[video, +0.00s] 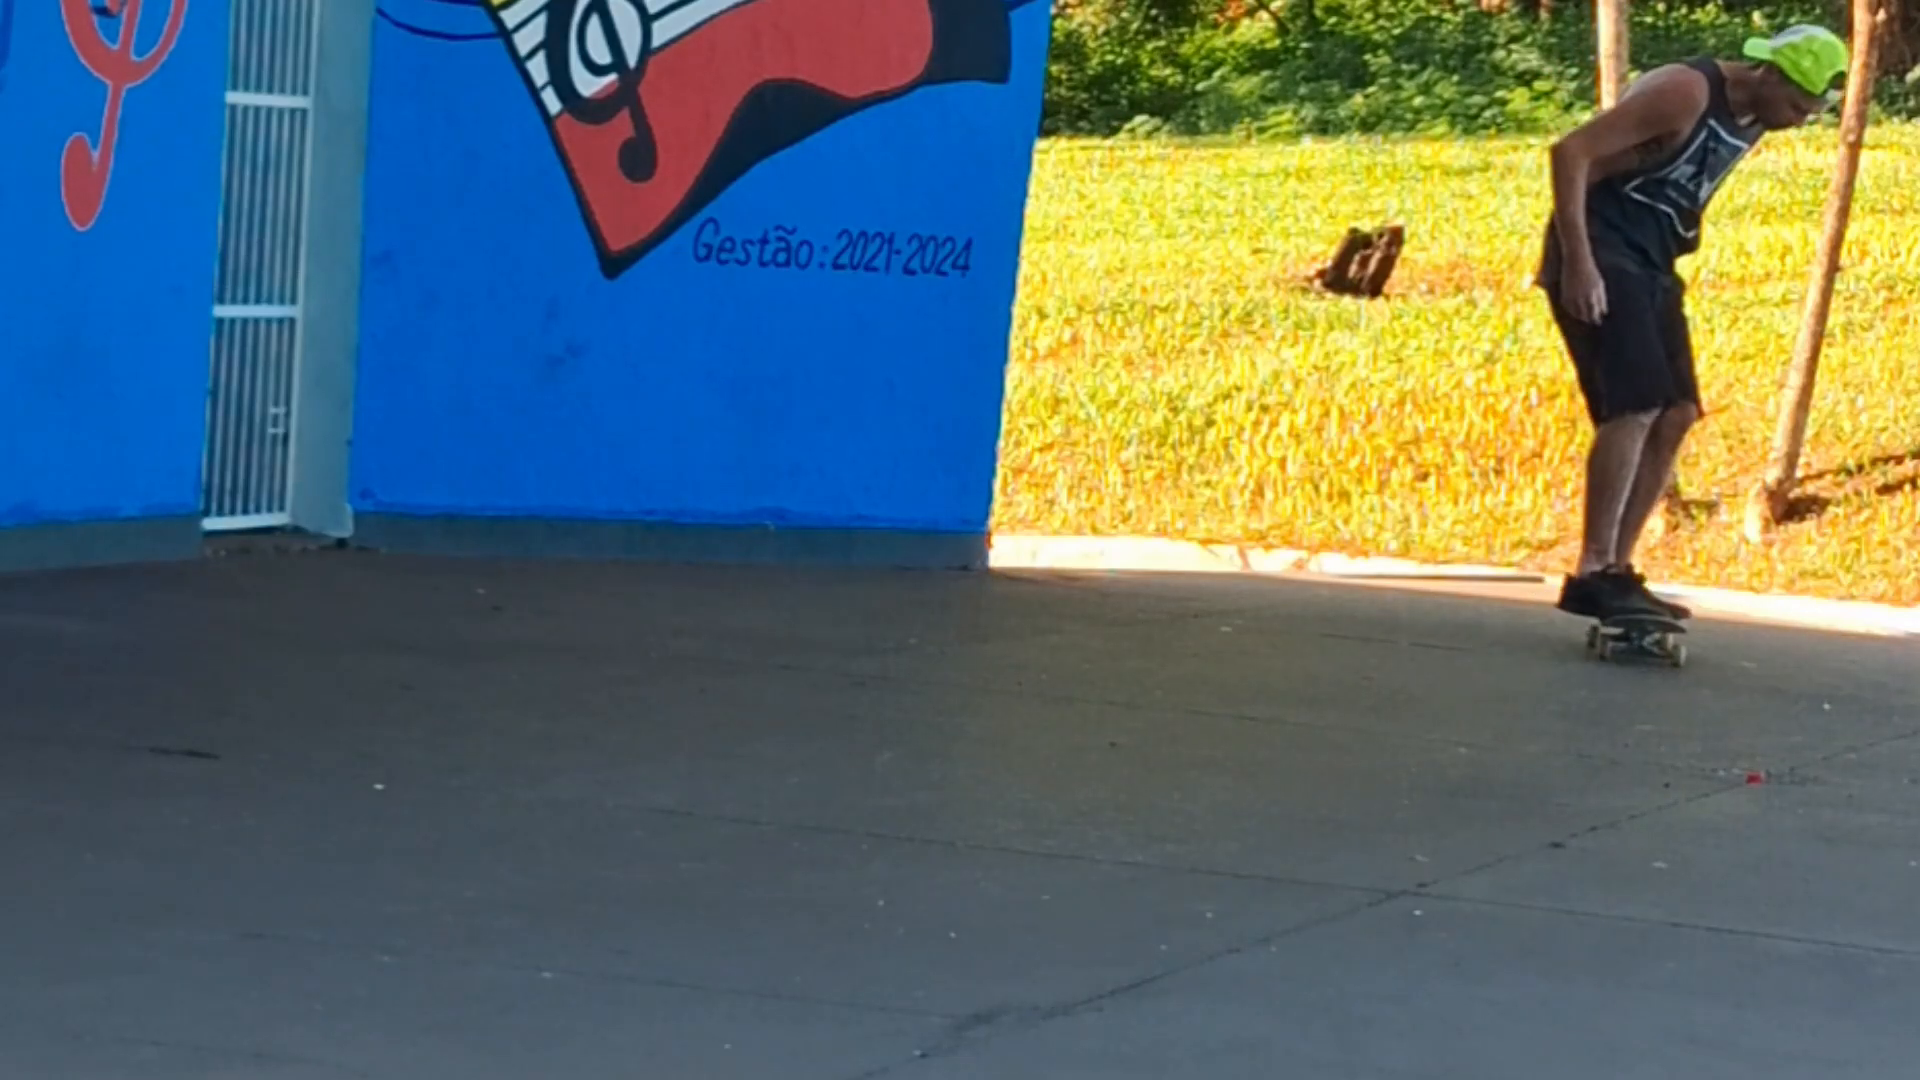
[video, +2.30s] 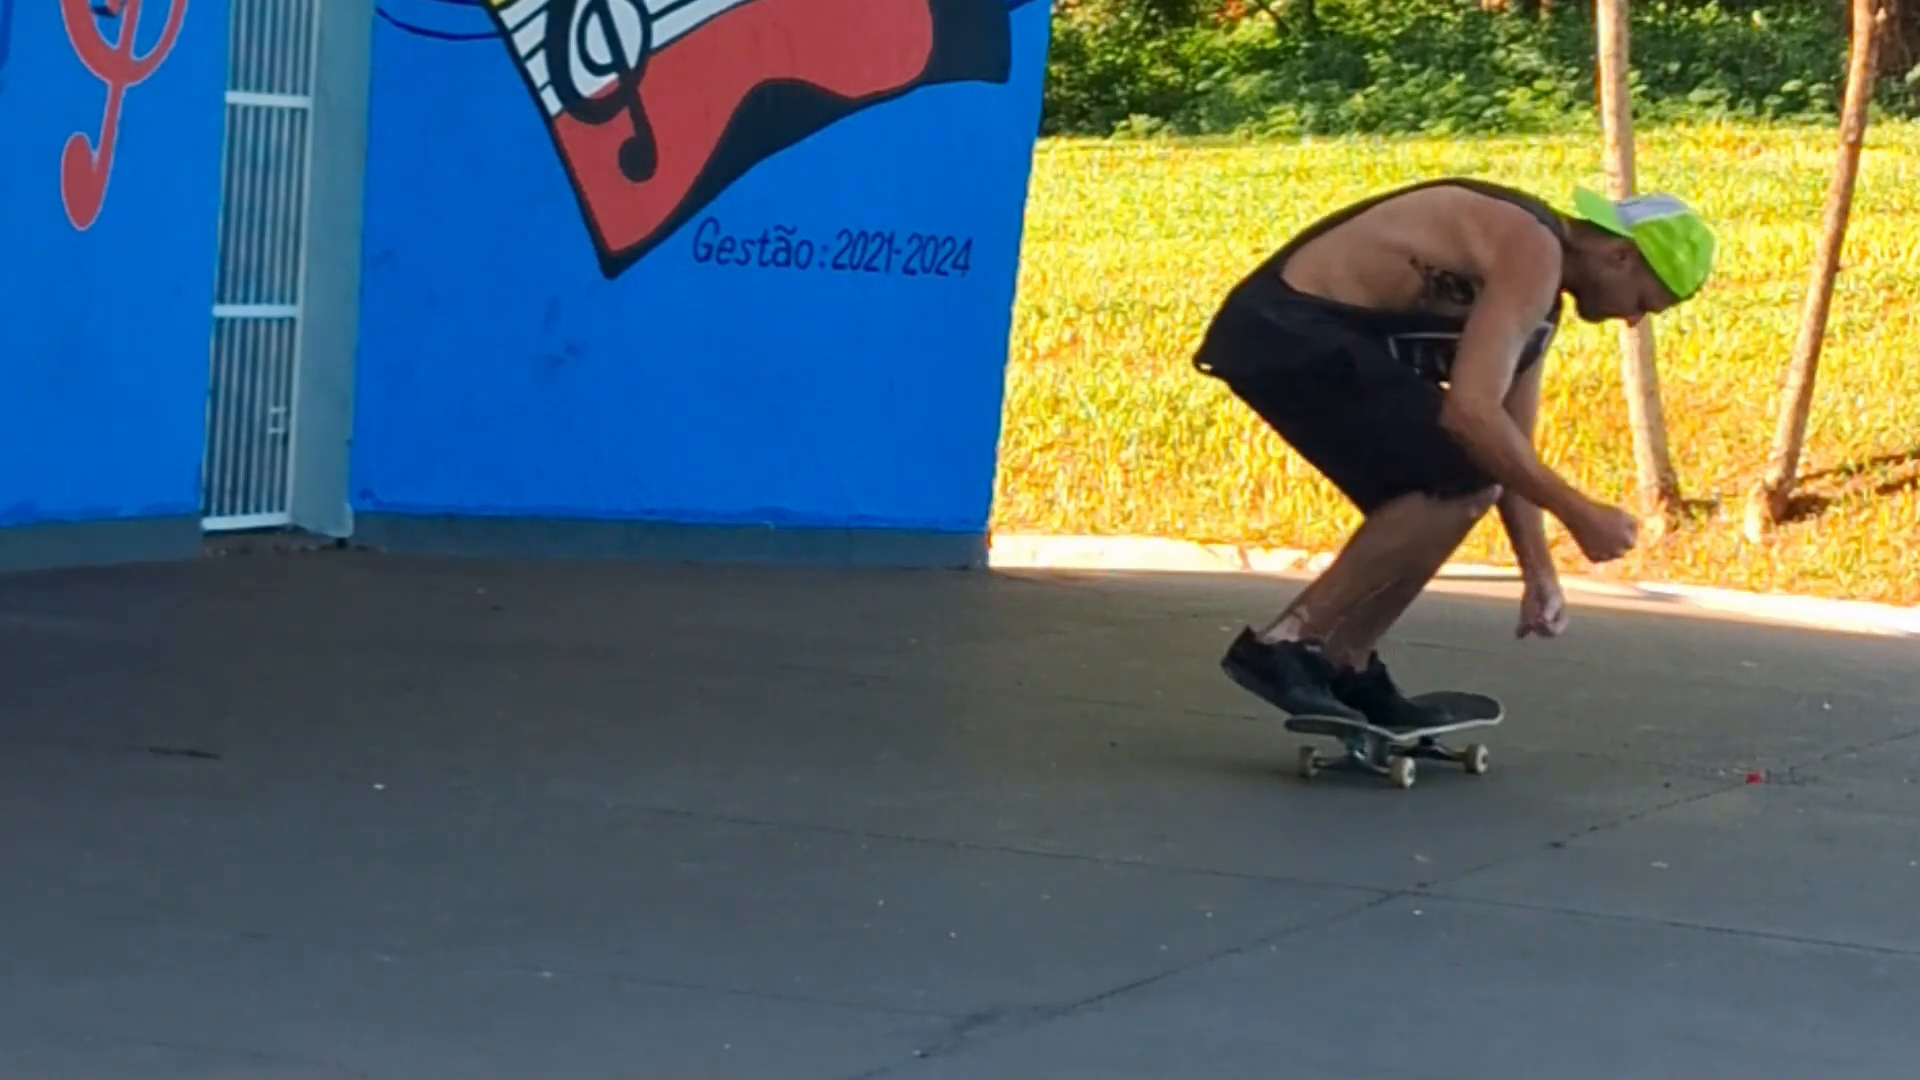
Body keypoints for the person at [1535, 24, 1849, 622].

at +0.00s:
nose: (1804, 116)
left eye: (1813, 108)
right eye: (1803, 102)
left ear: (1781, 83)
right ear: (1772, 74)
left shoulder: (1751, 120)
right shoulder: (1682, 91)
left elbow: (1676, 180)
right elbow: (1569, 153)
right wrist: (1578, 260)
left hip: (1650, 267)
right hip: (1597, 255)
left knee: (1676, 410)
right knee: (1632, 405)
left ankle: (1614, 570)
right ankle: (1591, 574)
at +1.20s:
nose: (1821, 210)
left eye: (1835, 204)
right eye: (1832, 194)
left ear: (1811, 149)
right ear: (1812, 151)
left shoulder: (1730, 167)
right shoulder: (1717, 143)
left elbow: (1608, 231)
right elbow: (1595, 203)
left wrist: (1600, 331)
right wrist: (1591, 334)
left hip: (1558, 268)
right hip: (1518, 260)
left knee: (1637, 439)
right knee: (1597, 441)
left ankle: (1568, 623)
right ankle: (1543, 632)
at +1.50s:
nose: (1790, 230)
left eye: (1804, 225)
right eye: (1801, 215)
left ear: (1785, 177)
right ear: (1784, 172)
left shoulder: (1700, 185)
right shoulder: (1693, 157)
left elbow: (1572, 249)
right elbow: (1561, 217)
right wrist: (1554, 357)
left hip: (1514, 266)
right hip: (1474, 254)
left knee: (1598, 439)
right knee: (1565, 438)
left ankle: (1521, 633)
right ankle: (1466, 621)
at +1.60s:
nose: (1776, 238)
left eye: (1790, 233)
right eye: (1787, 222)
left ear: (1773, 182)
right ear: (1771, 178)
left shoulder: (1683, 190)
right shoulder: (1679, 161)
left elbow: (1556, 264)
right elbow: (1547, 227)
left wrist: (1481, 398)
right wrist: (1533, 368)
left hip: (1499, 267)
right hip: (1455, 254)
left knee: (1578, 443)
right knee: (1549, 442)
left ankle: (1500, 640)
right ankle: (1448, 629)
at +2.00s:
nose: (1702, 281)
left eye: (1717, 276)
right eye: (1716, 267)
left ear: (1696, 217)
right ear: (1699, 223)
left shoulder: (1614, 210)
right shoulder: (1608, 205)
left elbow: (1490, 308)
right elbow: (1490, 297)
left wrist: (1424, 480)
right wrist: (1482, 449)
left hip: (1405, 275)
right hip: (1364, 270)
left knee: (1518, 445)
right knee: (1478, 469)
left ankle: (1416, 651)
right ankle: (1351, 641)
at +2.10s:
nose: (1680, 308)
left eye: (1696, 300)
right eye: (1694, 292)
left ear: (1670, 246)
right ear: (1673, 248)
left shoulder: (1586, 248)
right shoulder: (1583, 232)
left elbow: (1495, 366)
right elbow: (1505, 346)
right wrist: (1537, 491)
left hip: (1383, 307)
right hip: (1339, 298)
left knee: (1493, 472)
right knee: (1474, 477)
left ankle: (1391, 657)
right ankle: (1331, 640)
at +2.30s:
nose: (1637, 319)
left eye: (1650, 311)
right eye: (1647, 301)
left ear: (1620, 256)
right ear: (1622, 255)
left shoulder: (1539, 300)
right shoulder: (1529, 251)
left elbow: (1514, 449)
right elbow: (1470, 413)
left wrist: (1538, 574)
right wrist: (1580, 512)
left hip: (1326, 341)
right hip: (1284, 333)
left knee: (1475, 487)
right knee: (1451, 483)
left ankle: (1345, 661)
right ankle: (1285, 642)